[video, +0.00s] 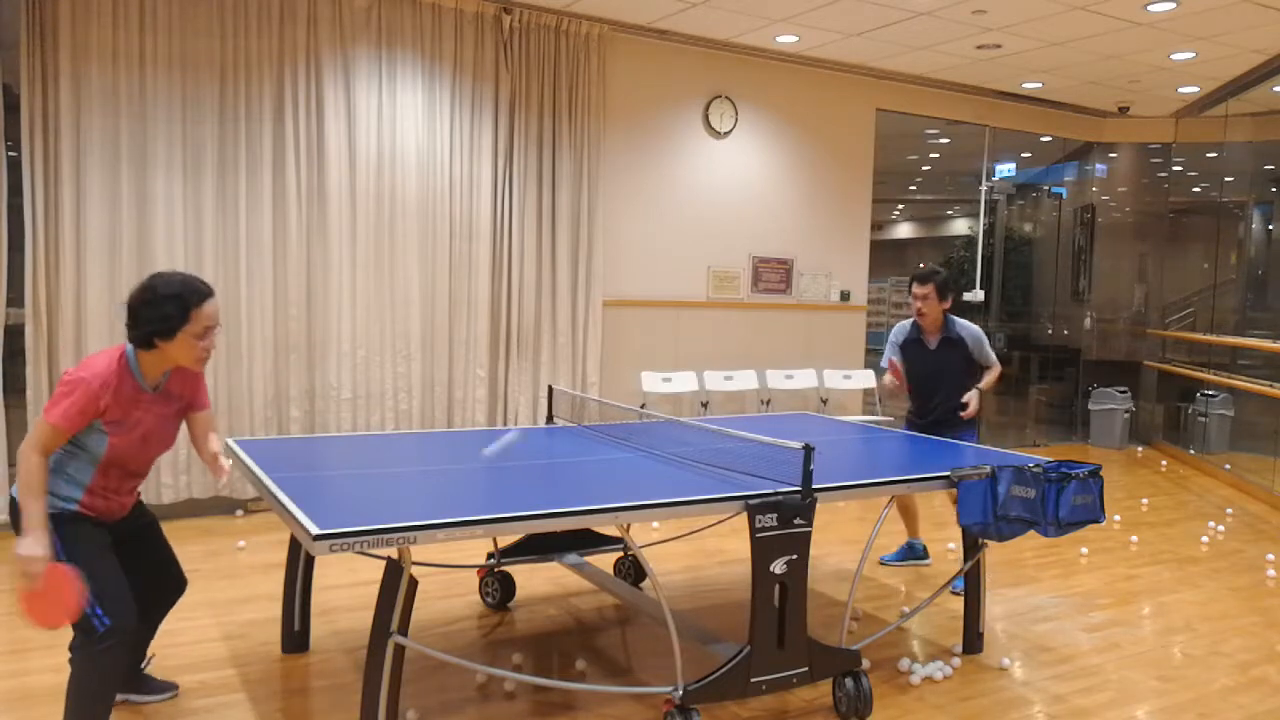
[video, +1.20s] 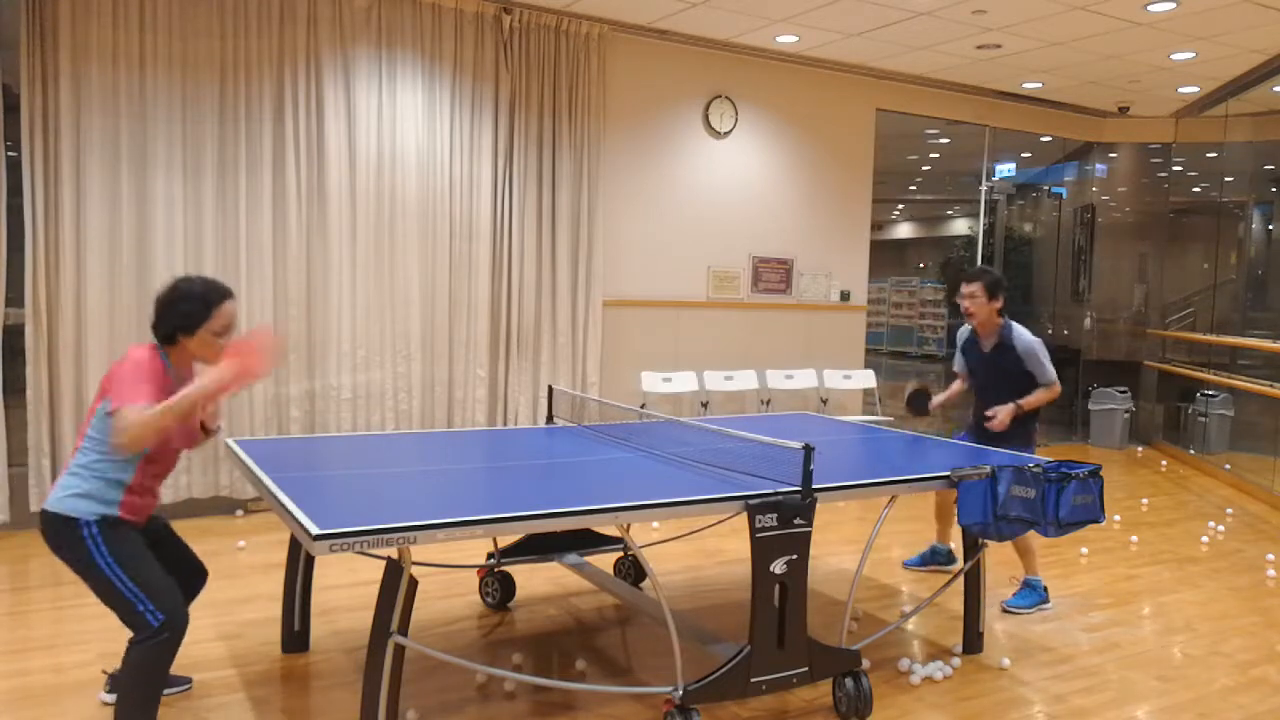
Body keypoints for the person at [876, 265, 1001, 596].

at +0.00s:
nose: (918, 305)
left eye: (925, 298)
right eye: (914, 298)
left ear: (946, 302)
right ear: (909, 300)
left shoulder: (968, 333)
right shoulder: (901, 332)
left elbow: (994, 367)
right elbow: (889, 380)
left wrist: (978, 391)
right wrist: (893, 382)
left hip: (958, 424)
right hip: (918, 422)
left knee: (956, 488)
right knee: (899, 480)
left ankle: (972, 563)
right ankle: (915, 544)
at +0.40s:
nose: (897, 307)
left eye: (904, 300)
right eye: (894, 301)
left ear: (926, 303)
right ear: (894, 305)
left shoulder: (950, 331)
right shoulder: (914, 339)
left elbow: (991, 370)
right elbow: (930, 385)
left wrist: (952, 395)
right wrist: (901, 413)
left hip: (971, 432)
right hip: (939, 430)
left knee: (968, 500)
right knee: (914, 477)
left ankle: (983, 571)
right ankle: (916, 545)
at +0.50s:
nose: (895, 313)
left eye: (901, 305)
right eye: (893, 306)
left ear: (924, 305)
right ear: (910, 308)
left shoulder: (943, 332)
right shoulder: (926, 336)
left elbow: (988, 371)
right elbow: (952, 377)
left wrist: (947, 398)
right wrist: (937, 403)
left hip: (971, 434)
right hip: (945, 431)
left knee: (970, 502)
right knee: (917, 479)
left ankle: (994, 573)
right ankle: (917, 545)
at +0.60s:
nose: (899, 321)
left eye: (904, 313)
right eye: (897, 314)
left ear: (928, 310)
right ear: (926, 313)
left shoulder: (948, 338)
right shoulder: (945, 333)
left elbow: (992, 379)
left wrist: (948, 406)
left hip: (973, 435)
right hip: (954, 432)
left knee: (952, 506)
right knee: (917, 479)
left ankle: (998, 575)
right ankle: (916, 544)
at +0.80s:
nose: (939, 305)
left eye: (942, 298)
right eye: (938, 298)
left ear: (964, 295)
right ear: (964, 296)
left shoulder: (990, 330)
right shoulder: (972, 325)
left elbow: (1018, 382)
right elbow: (970, 360)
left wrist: (965, 385)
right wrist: (927, 356)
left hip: (985, 429)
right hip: (961, 421)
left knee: (977, 504)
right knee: (928, 468)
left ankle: (1003, 578)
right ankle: (928, 529)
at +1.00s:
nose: (968, 299)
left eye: (976, 292)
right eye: (966, 292)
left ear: (1000, 295)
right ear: (965, 294)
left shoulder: (1025, 333)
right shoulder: (964, 323)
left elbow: (1051, 378)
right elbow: (949, 365)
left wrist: (1011, 388)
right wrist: (928, 351)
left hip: (1012, 435)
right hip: (972, 427)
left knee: (1012, 508)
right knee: (937, 474)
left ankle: (1034, 583)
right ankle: (938, 537)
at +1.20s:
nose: (965, 305)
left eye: (973, 298)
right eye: (962, 298)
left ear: (997, 303)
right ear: (961, 302)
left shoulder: (1024, 342)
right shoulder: (965, 337)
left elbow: (1053, 388)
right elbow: (963, 380)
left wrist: (1014, 408)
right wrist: (939, 399)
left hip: (1015, 438)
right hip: (977, 432)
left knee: (1011, 508)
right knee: (943, 480)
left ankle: (1034, 584)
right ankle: (942, 549)